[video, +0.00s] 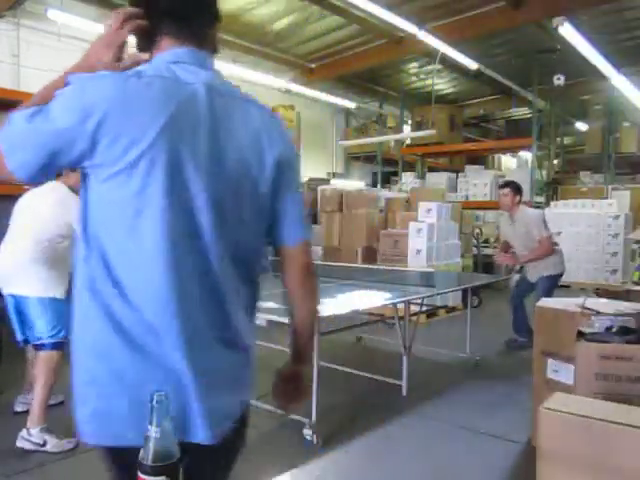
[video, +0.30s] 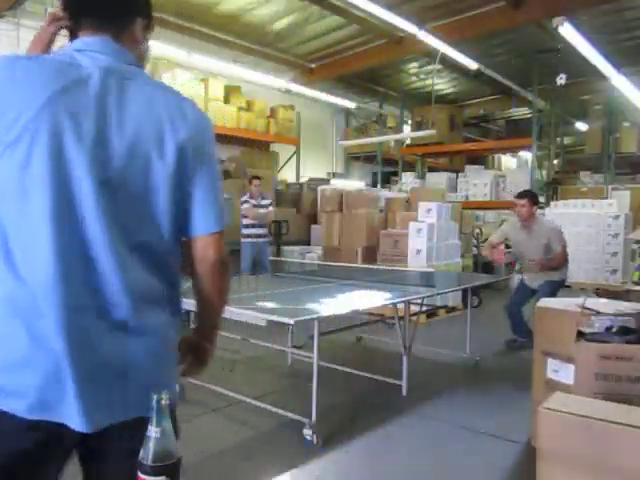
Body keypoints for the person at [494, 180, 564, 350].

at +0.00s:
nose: (501, 200)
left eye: (505, 195)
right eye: (500, 195)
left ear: (516, 197)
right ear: (501, 198)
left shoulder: (533, 216)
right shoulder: (506, 220)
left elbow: (547, 248)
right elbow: (506, 244)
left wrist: (519, 259)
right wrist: (502, 254)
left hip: (550, 266)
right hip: (531, 266)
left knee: (539, 301)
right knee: (515, 297)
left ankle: (544, 339)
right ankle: (523, 336)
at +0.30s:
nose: (518, 210)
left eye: (523, 206)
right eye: (516, 206)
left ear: (534, 208)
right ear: (514, 208)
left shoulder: (550, 228)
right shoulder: (511, 226)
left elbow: (562, 259)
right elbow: (488, 245)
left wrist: (546, 264)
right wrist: (493, 254)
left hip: (552, 276)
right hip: (529, 276)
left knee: (540, 305)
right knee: (512, 307)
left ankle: (544, 339)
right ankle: (523, 337)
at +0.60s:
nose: (520, 202)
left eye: (525, 197)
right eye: (519, 197)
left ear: (537, 200)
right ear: (517, 199)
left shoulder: (554, 225)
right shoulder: (516, 219)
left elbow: (570, 252)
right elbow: (495, 237)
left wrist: (554, 262)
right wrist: (497, 253)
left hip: (547, 273)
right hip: (525, 271)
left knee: (540, 305)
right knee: (506, 301)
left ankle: (543, 339)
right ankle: (512, 331)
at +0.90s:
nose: (506, 199)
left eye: (510, 195)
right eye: (505, 195)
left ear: (522, 198)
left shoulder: (537, 219)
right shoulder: (505, 220)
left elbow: (551, 249)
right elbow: (497, 242)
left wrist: (525, 261)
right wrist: (501, 256)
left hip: (541, 270)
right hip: (521, 271)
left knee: (537, 308)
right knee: (503, 299)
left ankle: (541, 345)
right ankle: (509, 334)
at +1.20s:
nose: (501, 200)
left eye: (505, 196)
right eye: (501, 196)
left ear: (517, 198)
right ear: (501, 198)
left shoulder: (533, 218)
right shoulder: (502, 219)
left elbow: (547, 248)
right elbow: (495, 241)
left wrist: (520, 260)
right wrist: (498, 255)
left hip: (542, 269)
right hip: (521, 269)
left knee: (539, 304)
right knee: (502, 299)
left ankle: (544, 343)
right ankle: (510, 334)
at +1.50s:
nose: (525, 212)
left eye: (529, 207)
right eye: (523, 207)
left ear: (539, 209)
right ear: (520, 209)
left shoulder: (552, 233)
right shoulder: (514, 226)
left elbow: (564, 261)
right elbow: (493, 247)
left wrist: (553, 270)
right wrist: (509, 257)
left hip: (541, 278)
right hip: (519, 278)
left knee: (539, 312)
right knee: (497, 311)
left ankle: (543, 347)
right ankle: (510, 336)